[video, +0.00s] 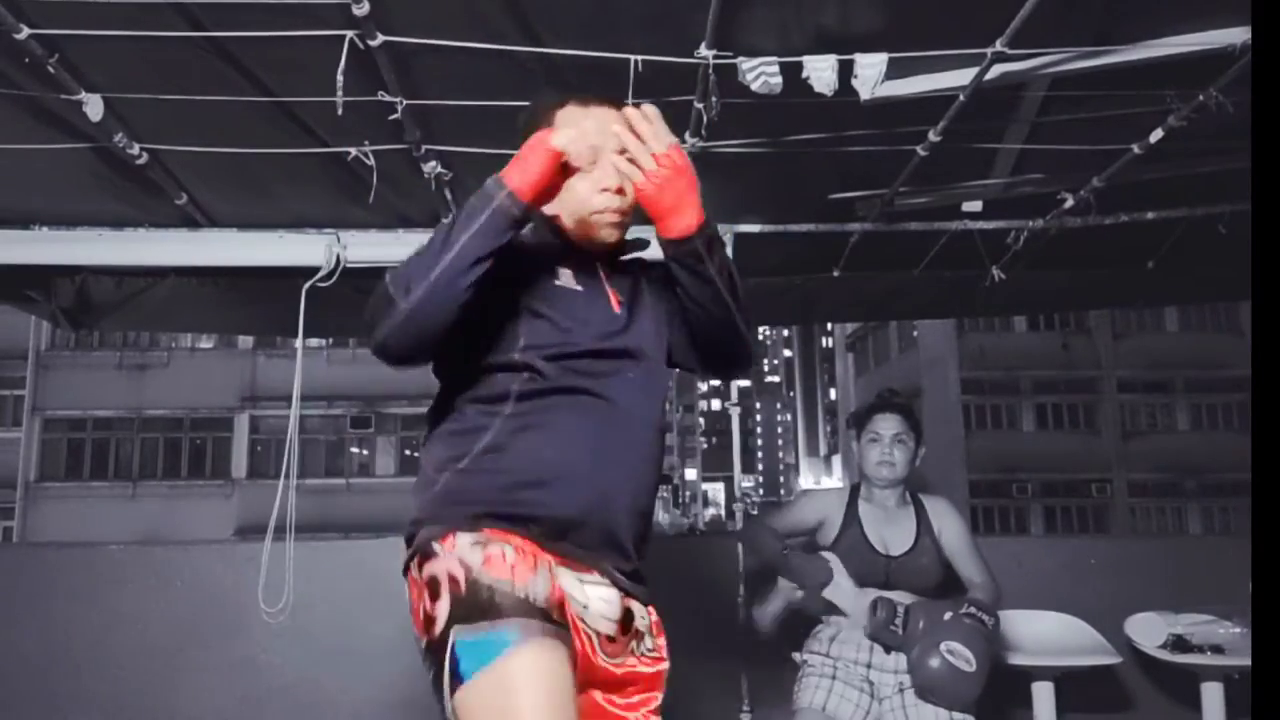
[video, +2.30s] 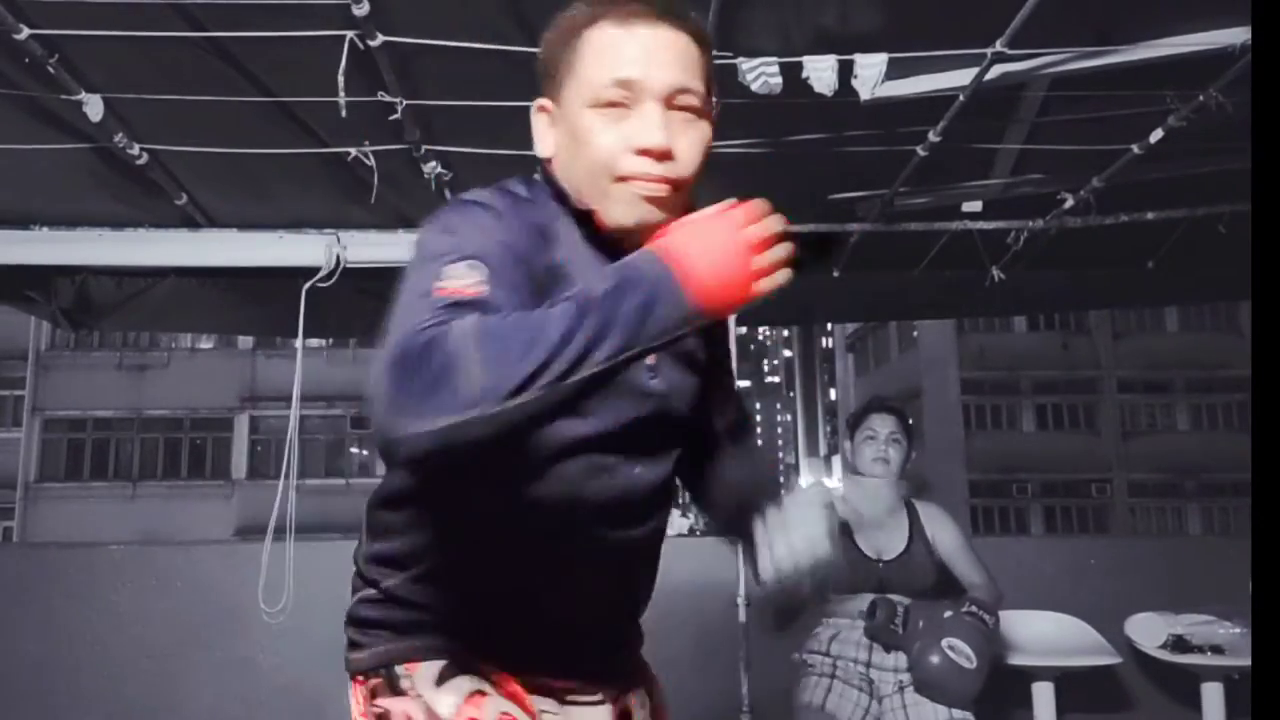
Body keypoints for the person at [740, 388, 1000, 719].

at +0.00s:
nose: (886, 450)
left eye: (899, 440)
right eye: (874, 439)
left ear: (917, 454)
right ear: (857, 450)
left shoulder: (938, 513)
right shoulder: (828, 506)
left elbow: (984, 587)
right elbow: (756, 530)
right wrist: (792, 563)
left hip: (921, 671)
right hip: (837, 667)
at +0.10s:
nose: (886, 452)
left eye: (898, 442)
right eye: (873, 441)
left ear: (916, 455)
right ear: (856, 451)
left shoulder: (937, 514)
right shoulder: (826, 506)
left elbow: (982, 588)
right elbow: (755, 533)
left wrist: (966, 619)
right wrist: (801, 561)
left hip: (920, 671)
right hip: (837, 666)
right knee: (819, 711)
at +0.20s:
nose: (886, 452)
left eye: (899, 443)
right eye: (874, 441)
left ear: (917, 456)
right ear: (856, 450)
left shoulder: (936, 516)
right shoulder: (825, 511)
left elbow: (983, 587)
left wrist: (974, 615)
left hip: (921, 668)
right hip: (837, 664)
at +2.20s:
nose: (883, 451)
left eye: (896, 443)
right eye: (871, 441)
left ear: (908, 456)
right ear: (849, 449)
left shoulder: (932, 518)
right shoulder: (820, 518)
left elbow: (983, 587)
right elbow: (775, 581)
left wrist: (973, 618)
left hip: (921, 667)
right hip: (839, 664)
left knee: (939, 715)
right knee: (823, 711)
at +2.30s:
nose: (882, 447)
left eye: (894, 440)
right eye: (870, 437)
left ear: (908, 456)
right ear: (849, 450)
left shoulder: (930, 518)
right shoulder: (820, 516)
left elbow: (984, 588)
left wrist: (975, 617)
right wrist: (866, 608)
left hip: (920, 667)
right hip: (839, 664)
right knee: (827, 711)